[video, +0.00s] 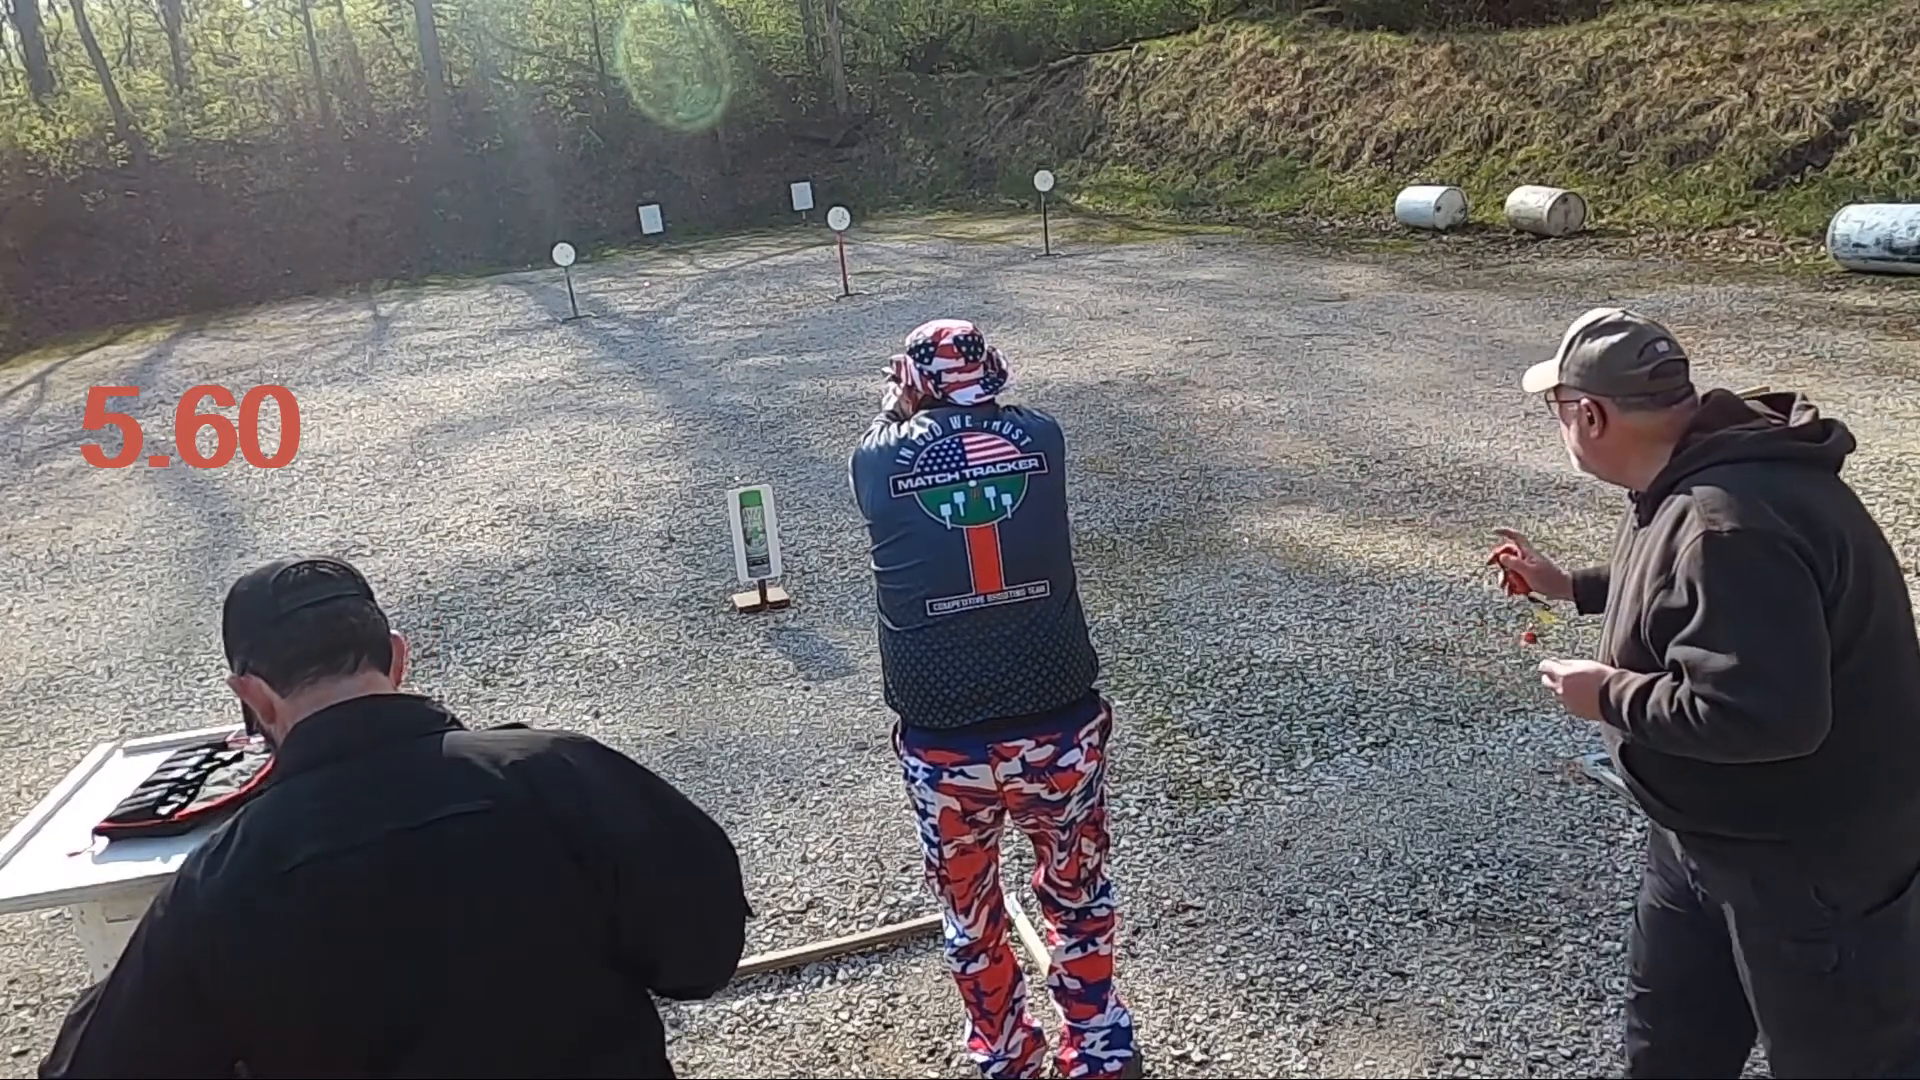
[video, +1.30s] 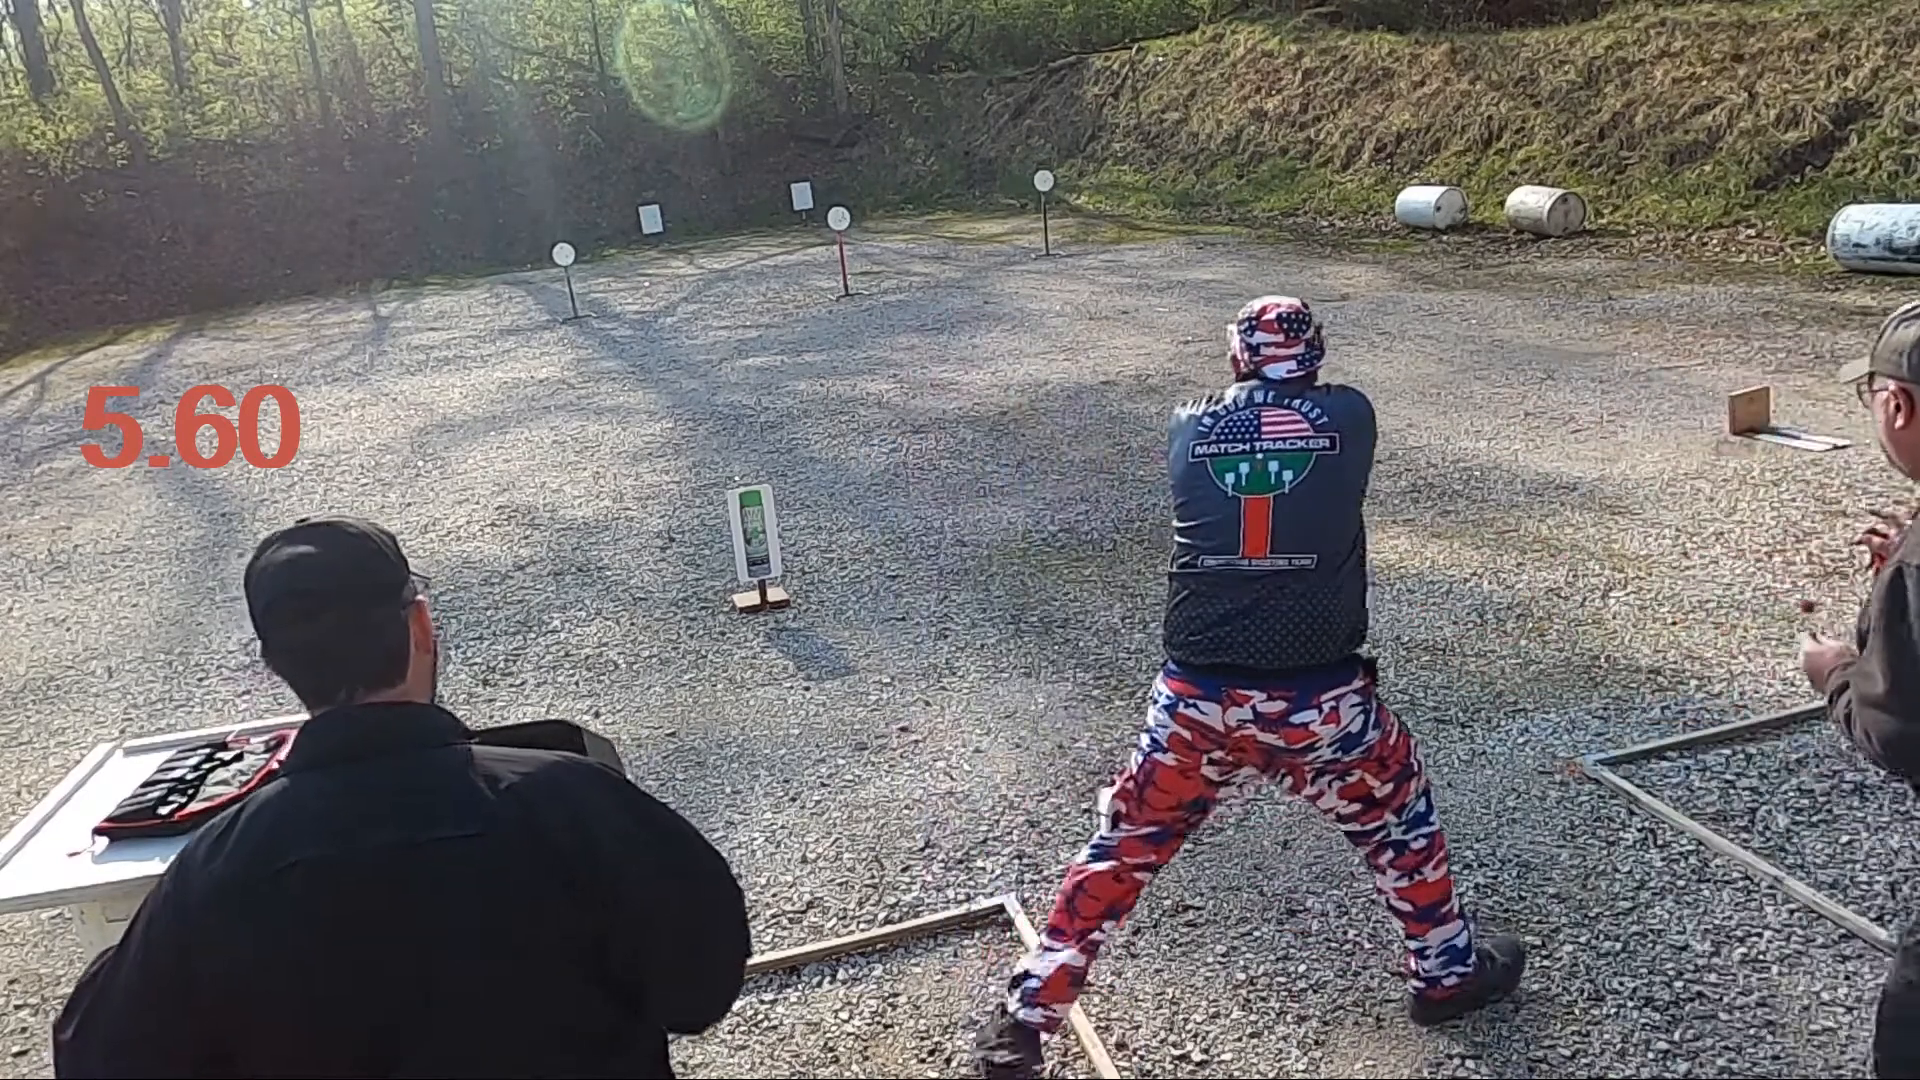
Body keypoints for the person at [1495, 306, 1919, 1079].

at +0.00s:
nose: (1561, 431)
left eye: (1559, 414)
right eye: (1558, 414)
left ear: (1593, 417)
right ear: (1669, 389)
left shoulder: (1730, 526)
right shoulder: (1685, 480)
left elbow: (1773, 716)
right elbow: (1676, 595)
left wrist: (1612, 696)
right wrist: (1567, 586)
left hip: (1812, 870)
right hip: (1701, 841)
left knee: (1841, 1064)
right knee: (1671, 1054)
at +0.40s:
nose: (1668, 428)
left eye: (1668, 410)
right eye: (1666, 410)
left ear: (1705, 417)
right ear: (1789, 395)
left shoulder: (1839, 541)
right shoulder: (1792, 491)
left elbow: (1867, 743)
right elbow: (1765, 599)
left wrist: (1699, 702)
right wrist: (1653, 591)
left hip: (1863, 892)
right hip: (1778, 860)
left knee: (1869, 1064)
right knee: (1723, 1057)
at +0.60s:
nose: (1709, 427)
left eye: (1707, 408)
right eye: (1706, 409)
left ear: (1746, 415)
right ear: (1834, 391)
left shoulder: (1861, 548)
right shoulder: (1856, 483)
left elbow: (1866, 755)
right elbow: (1821, 589)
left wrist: (1730, 699)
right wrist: (1719, 587)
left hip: (1882, 884)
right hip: (1827, 849)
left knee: (1880, 1056)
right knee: (1768, 1028)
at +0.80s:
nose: (1730, 420)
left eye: (1730, 401)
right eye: (1728, 402)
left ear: (1770, 412)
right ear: (1856, 391)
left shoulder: (1870, 545)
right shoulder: (1872, 489)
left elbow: (1871, 756)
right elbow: (1865, 600)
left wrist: (1746, 696)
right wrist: (1770, 582)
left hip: (1890, 881)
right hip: (1861, 856)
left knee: (1888, 1053)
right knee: (1861, 1034)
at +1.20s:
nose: (1809, 428)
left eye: (1809, 408)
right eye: (1808, 408)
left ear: (1843, 414)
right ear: (1914, 403)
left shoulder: (1897, 550)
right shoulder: (1901, 514)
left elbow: (1880, 759)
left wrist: (1799, 693)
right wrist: (1859, 585)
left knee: (1892, 1018)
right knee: (1895, 1002)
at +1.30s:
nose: (1872, 416)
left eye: (1870, 398)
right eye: (1870, 397)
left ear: (1897, 408)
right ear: (1904, 406)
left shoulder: (1908, 563)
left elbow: (1894, 734)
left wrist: (1840, 675)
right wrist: (1909, 568)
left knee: (1905, 997)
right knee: (1904, 985)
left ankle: (1896, 1057)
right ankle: (1892, 1053)